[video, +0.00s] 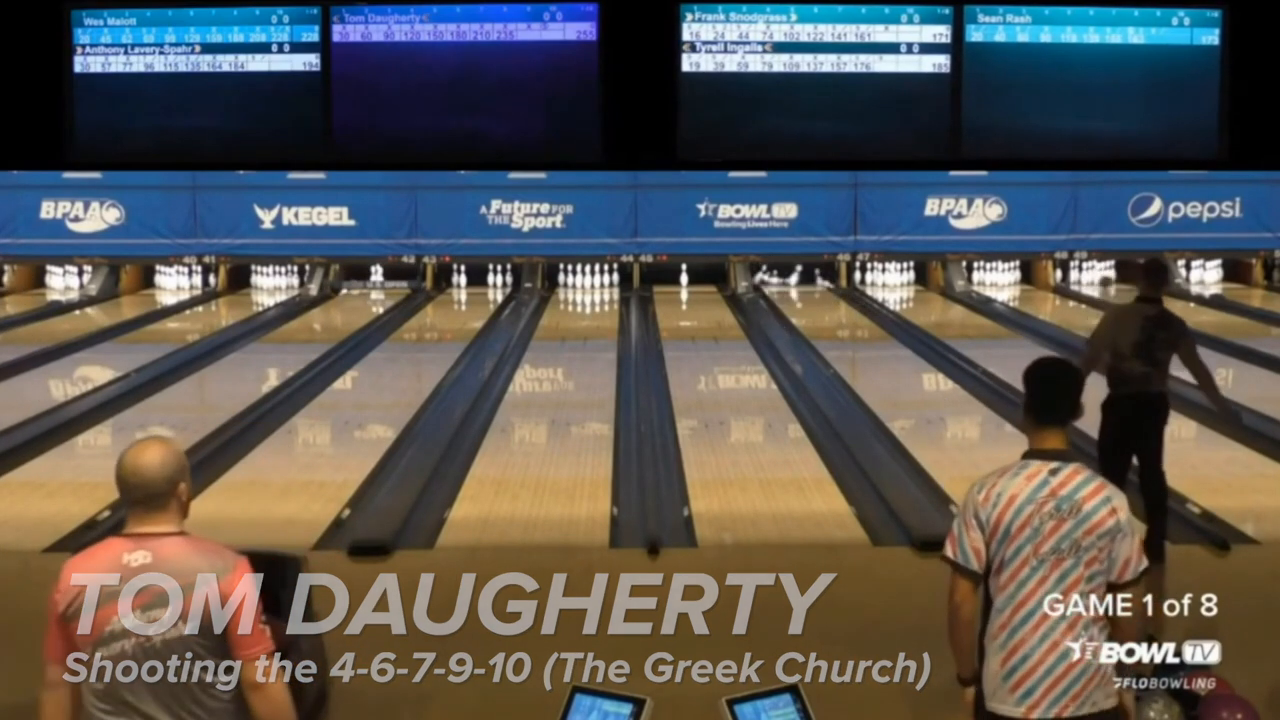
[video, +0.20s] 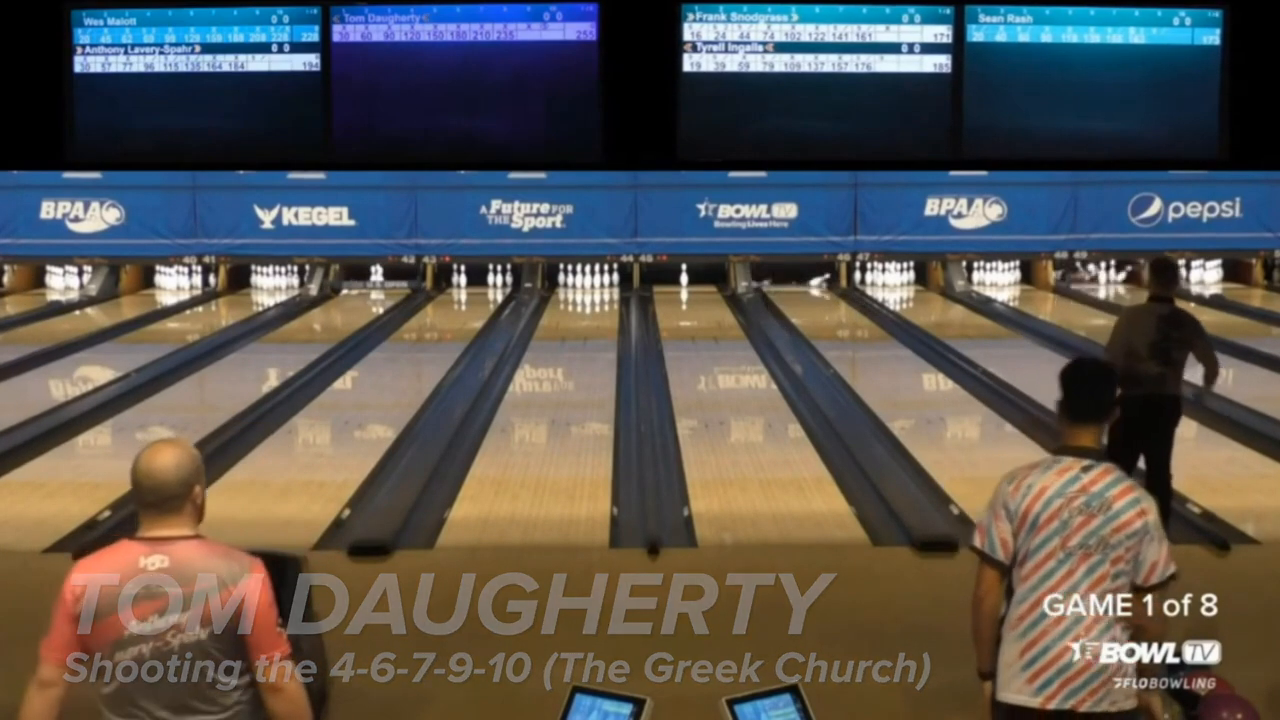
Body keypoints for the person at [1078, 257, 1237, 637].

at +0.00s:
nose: (1144, 284)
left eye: (1142, 278)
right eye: (1154, 279)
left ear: (1139, 281)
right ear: (1166, 284)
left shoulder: (1117, 317)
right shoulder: (1173, 324)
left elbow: (1088, 360)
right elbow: (1197, 368)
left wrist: (1071, 393)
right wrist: (1218, 401)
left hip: (1119, 407)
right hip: (1155, 407)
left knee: (1111, 475)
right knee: (1152, 474)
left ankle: (1108, 540)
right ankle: (1155, 545)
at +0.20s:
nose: (1159, 285)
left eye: (1153, 279)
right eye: (1168, 280)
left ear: (1149, 282)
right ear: (1176, 283)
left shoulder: (1130, 316)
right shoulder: (1186, 321)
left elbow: (1111, 357)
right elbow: (1211, 364)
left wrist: (1109, 392)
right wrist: (1205, 389)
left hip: (1132, 402)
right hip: (1168, 404)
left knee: (1119, 464)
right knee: (1159, 471)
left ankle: (1108, 524)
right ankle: (1158, 533)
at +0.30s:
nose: (1150, 284)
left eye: (1152, 279)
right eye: (1152, 279)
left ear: (1154, 282)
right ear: (1180, 283)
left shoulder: (1142, 316)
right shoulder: (1190, 319)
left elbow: (1126, 356)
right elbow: (1212, 359)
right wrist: (1183, 364)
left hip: (1140, 398)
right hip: (1172, 400)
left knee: (1136, 455)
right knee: (1160, 461)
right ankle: (1160, 508)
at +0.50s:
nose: (1155, 281)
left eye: (1161, 277)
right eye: (1158, 276)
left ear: (1173, 284)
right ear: (1187, 286)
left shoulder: (1167, 323)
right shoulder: (1187, 317)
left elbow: (1149, 364)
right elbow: (1192, 355)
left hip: (1162, 407)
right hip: (1178, 403)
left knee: (1154, 468)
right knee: (1165, 468)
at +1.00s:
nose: (1204, 296)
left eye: (1212, 290)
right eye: (1200, 288)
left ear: (1220, 294)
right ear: (1191, 291)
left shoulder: (1234, 332)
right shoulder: (1172, 327)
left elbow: (1249, 376)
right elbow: (1152, 360)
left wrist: (1236, 418)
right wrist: (1169, 376)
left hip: (1217, 419)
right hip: (1179, 416)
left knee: (1204, 484)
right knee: (1168, 477)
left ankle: (1206, 538)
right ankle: (1163, 531)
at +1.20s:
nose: (1218, 296)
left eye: (1224, 289)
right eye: (1213, 289)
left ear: (1232, 293)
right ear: (1202, 292)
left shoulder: (1249, 333)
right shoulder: (1182, 330)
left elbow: (1263, 375)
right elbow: (1159, 365)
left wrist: (1255, 413)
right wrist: (1180, 372)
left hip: (1228, 422)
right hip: (1188, 419)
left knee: (1213, 485)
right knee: (1182, 480)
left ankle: (1206, 537)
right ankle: (1176, 533)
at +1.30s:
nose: (1217, 295)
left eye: (1223, 289)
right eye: (1212, 288)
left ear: (1232, 293)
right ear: (1202, 292)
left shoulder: (1249, 333)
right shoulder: (1182, 330)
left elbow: (1263, 376)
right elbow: (1159, 366)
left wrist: (1255, 414)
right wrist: (1180, 372)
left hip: (1228, 422)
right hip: (1188, 419)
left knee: (1213, 485)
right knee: (1182, 480)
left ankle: (1206, 537)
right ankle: (1176, 533)